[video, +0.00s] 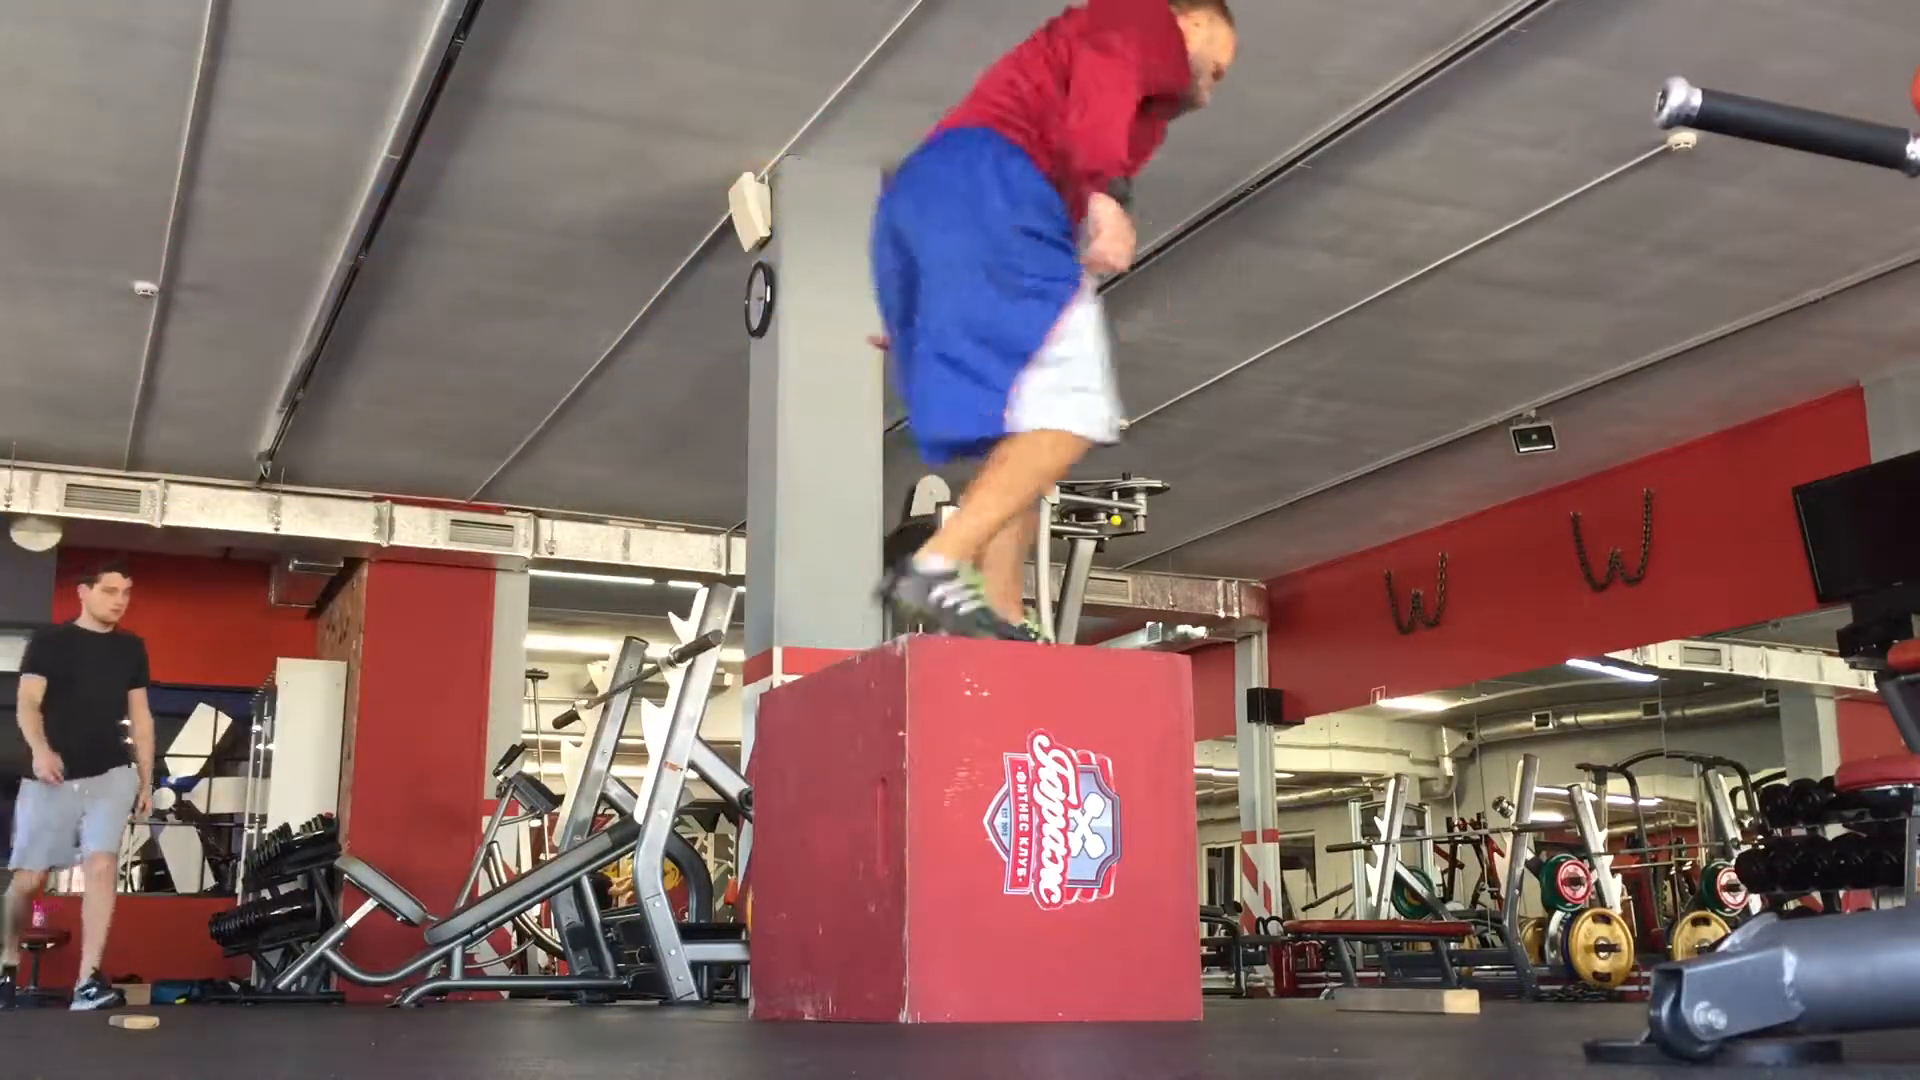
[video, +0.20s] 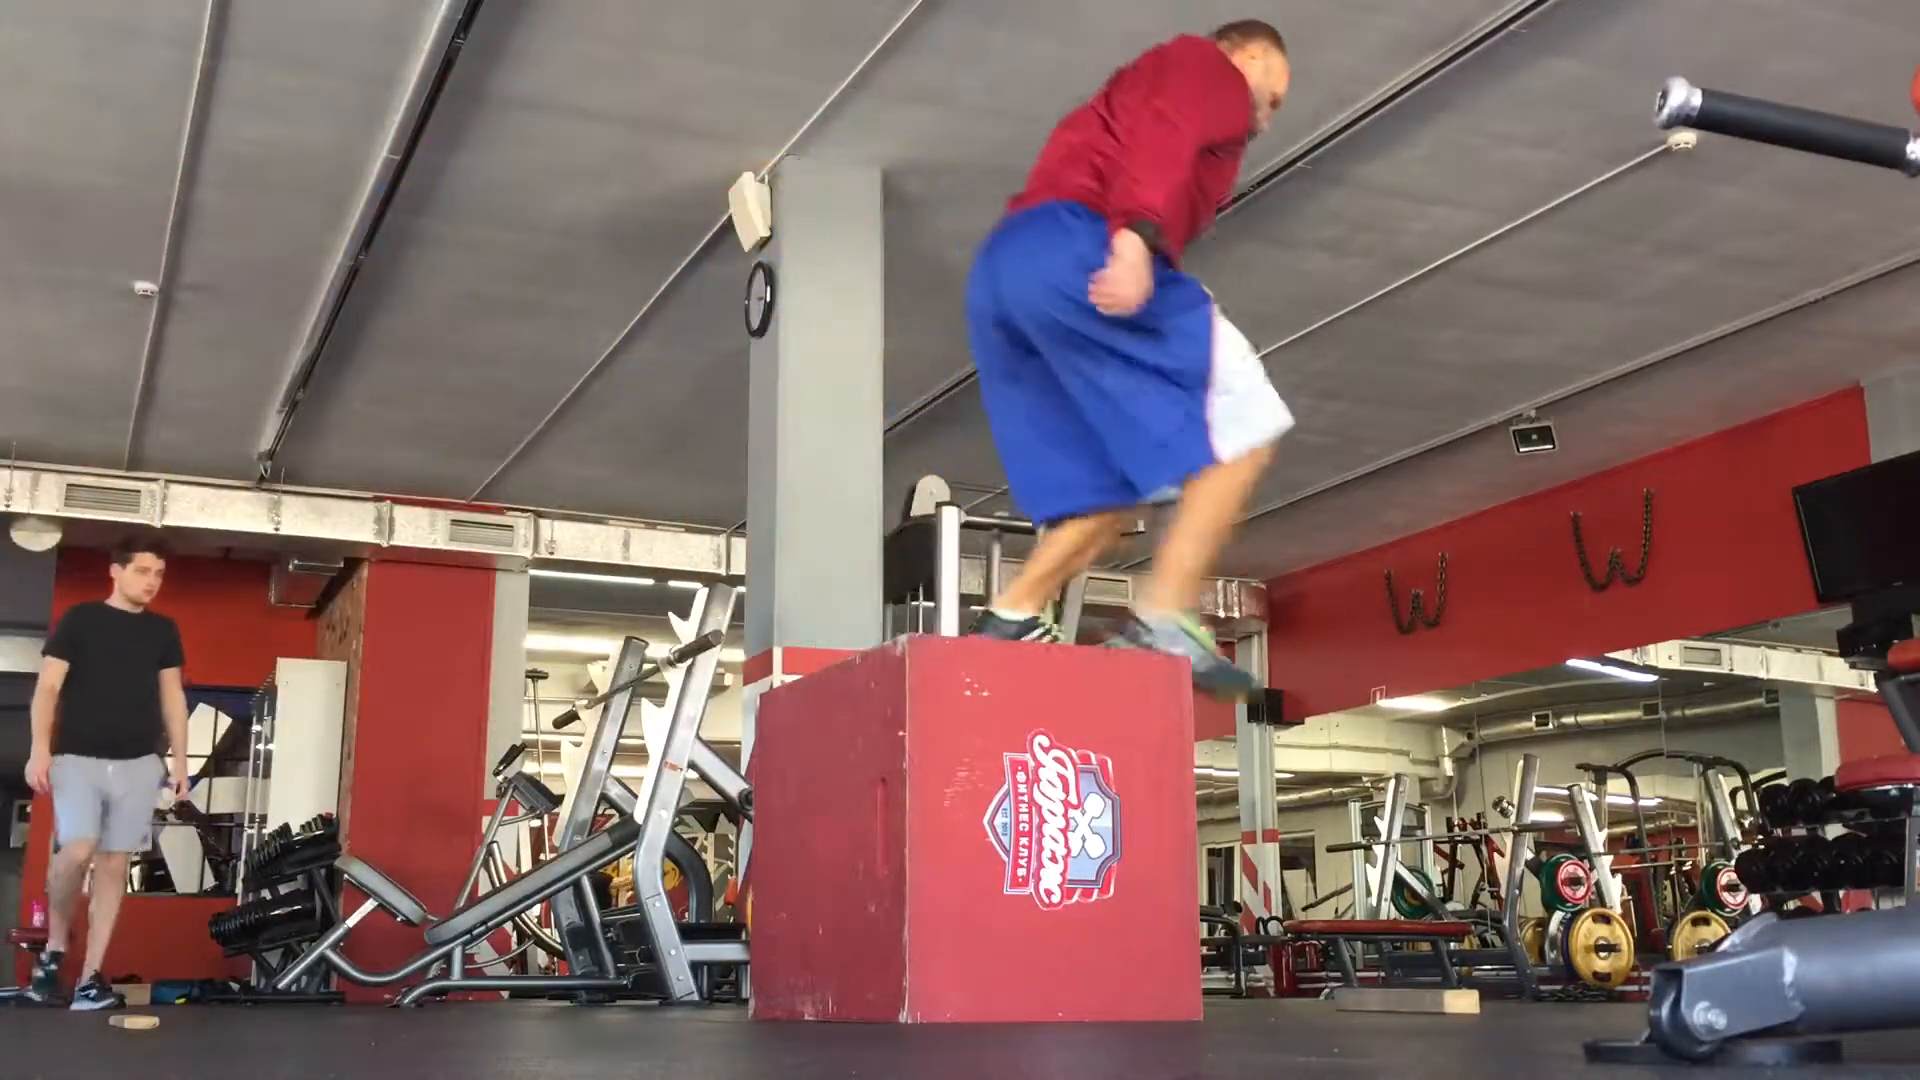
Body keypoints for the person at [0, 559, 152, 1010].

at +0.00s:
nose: (119, 600)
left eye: (125, 592)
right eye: (110, 591)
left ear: (128, 597)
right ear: (84, 593)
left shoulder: (131, 648)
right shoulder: (49, 640)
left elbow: (141, 718)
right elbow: (28, 704)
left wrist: (145, 779)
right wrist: (40, 750)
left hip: (111, 776)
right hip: (52, 778)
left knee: (102, 867)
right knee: (29, 879)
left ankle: (87, 980)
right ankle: (8, 966)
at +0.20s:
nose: (152, 580)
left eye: (158, 573)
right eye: (143, 571)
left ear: (162, 579)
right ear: (116, 571)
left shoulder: (163, 630)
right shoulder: (79, 619)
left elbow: (173, 698)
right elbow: (46, 688)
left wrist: (179, 758)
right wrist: (40, 750)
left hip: (138, 763)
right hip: (77, 759)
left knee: (114, 863)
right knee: (79, 848)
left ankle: (91, 978)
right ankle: (56, 946)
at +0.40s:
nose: (173, 575)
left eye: (179, 568)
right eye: (164, 566)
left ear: (183, 573)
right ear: (136, 567)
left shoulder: (185, 627)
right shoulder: (99, 617)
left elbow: (202, 693)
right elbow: (62, 691)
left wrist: (216, 749)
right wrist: (41, 758)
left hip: (158, 763)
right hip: (98, 756)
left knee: (128, 864)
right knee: (108, 849)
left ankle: (92, 972)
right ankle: (110, 958)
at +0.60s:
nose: (191, 559)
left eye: (197, 551)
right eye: (181, 549)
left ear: (201, 557)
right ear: (153, 551)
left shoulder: (206, 613)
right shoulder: (120, 606)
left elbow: (220, 682)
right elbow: (85, 680)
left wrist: (234, 748)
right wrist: (67, 750)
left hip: (183, 755)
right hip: (123, 745)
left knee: (165, 872)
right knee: (126, 849)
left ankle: (112, 941)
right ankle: (121, 971)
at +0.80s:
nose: (221, 540)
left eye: (226, 532)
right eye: (211, 530)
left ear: (229, 537)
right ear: (182, 530)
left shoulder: (233, 593)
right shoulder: (144, 584)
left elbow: (241, 666)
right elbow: (121, 656)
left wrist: (247, 734)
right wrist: (132, 719)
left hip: (212, 733)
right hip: (150, 732)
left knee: (203, 827)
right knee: (131, 845)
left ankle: (162, 946)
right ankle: (124, 971)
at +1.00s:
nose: (261, 540)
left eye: (266, 531)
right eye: (252, 529)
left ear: (267, 537)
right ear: (221, 529)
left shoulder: (263, 601)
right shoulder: (178, 583)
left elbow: (271, 672)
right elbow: (162, 650)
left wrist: (275, 741)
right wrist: (193, 699)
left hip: (243, 742)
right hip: (174, 741)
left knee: (236, 845)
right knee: (148, 850)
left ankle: (230, 971)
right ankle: (129, 965)